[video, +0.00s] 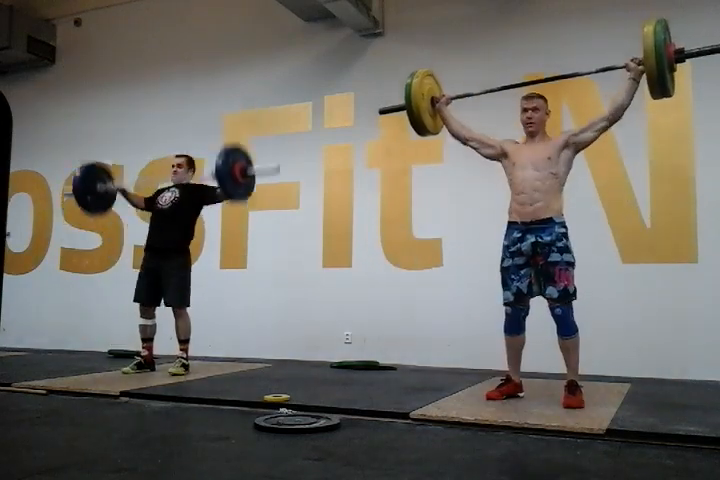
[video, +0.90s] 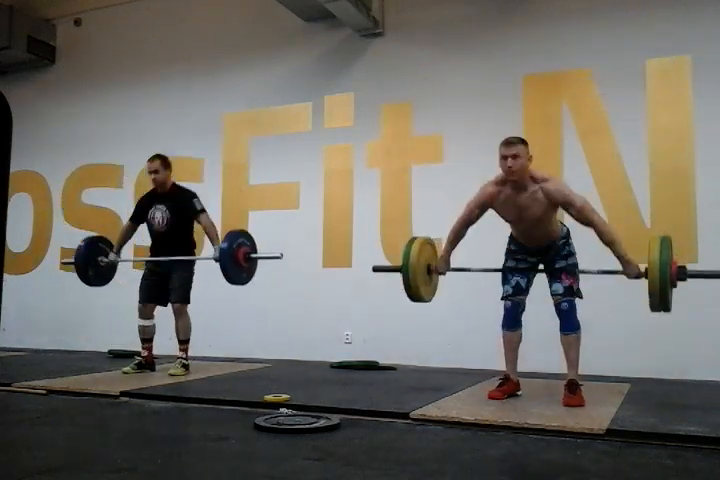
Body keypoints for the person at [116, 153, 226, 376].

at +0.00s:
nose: (174, 169)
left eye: (179, 166)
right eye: (173, 166)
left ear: (191, 171)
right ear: (172, 170)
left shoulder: (197, 191)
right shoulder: (161, 192)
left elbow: (226, 194)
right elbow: (143, 204)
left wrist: (237, 174)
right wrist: (122, 191)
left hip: (177, 259)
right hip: (152, 257)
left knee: (179, 308)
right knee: (146, 307)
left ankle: (183, 359)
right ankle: (146, 358)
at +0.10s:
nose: (172, 172)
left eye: (176, 169)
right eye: (170, 169)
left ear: (188, 171)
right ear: (169, 171)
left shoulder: (199, 191)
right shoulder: (164, 194)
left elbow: (224, 197)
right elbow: (141, 207)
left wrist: (238, 200)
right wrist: (118, 211)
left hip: (180, 258)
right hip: (156, 256)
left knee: (178, 308)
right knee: (144, 305)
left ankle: (183, 359)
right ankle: (146, 358)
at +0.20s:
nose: (162, 177)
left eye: (166, 173)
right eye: (159, 173)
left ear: (177, 174)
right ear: (158, 175)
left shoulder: (194, 197)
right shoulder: (155, 201)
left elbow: (215, 217)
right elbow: (136, 223)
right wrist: (119, 242)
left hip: (182, 261)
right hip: (159, 260)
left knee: (174, 308)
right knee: (140, 307)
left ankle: (182, 359)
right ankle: (146, 358)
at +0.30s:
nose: (144, 195)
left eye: (148, 190)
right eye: (142, 190)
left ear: (160, 191)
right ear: (140, 193)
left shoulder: (182, 215)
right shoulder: (141, 219)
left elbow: (207, 239)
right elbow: (129, 244)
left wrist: (221, 265)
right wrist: (119, 268)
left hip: (185, 274)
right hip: (161, 274)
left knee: (174, 310)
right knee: (135, 311)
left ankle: (182, 360)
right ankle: (146, 359)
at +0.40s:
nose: (135, 221)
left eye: (139, 216)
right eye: (132, 217)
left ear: (151, 215)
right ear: (130, 218)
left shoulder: (170, 233)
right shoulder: (133, 240)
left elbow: (206, 245)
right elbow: (121, 259)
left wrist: (224, 270)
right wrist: (118, 278)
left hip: (189, 280)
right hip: (165, 282)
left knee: (176, 310)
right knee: (132, 311)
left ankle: (182, 361)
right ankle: (145, 359)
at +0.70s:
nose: (136, 204)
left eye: (140, 200)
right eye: (134, 200)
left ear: (153, 200)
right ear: (133, 203)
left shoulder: (170, 221)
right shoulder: (135, 227)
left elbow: (204, 239)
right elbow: (124, 250)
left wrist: (222, 265)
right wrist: (116, 269)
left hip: (187, 272)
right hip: (162, 274)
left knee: (177, 308)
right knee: (136, 309)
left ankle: (183, 361)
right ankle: (146, 359)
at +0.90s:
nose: (152, 177)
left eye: (155, 172)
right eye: (149, 173)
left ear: (168, 171)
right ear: (148, 175)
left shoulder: (186, 196)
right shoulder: (147, 200)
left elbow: (206, 222)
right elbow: (130, 227)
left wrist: (217, 247)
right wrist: (115, 251)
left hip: (182, 261)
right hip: (156, 261)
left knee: (178, 307)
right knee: (145, 307)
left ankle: (183, 359)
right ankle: (146, 358)